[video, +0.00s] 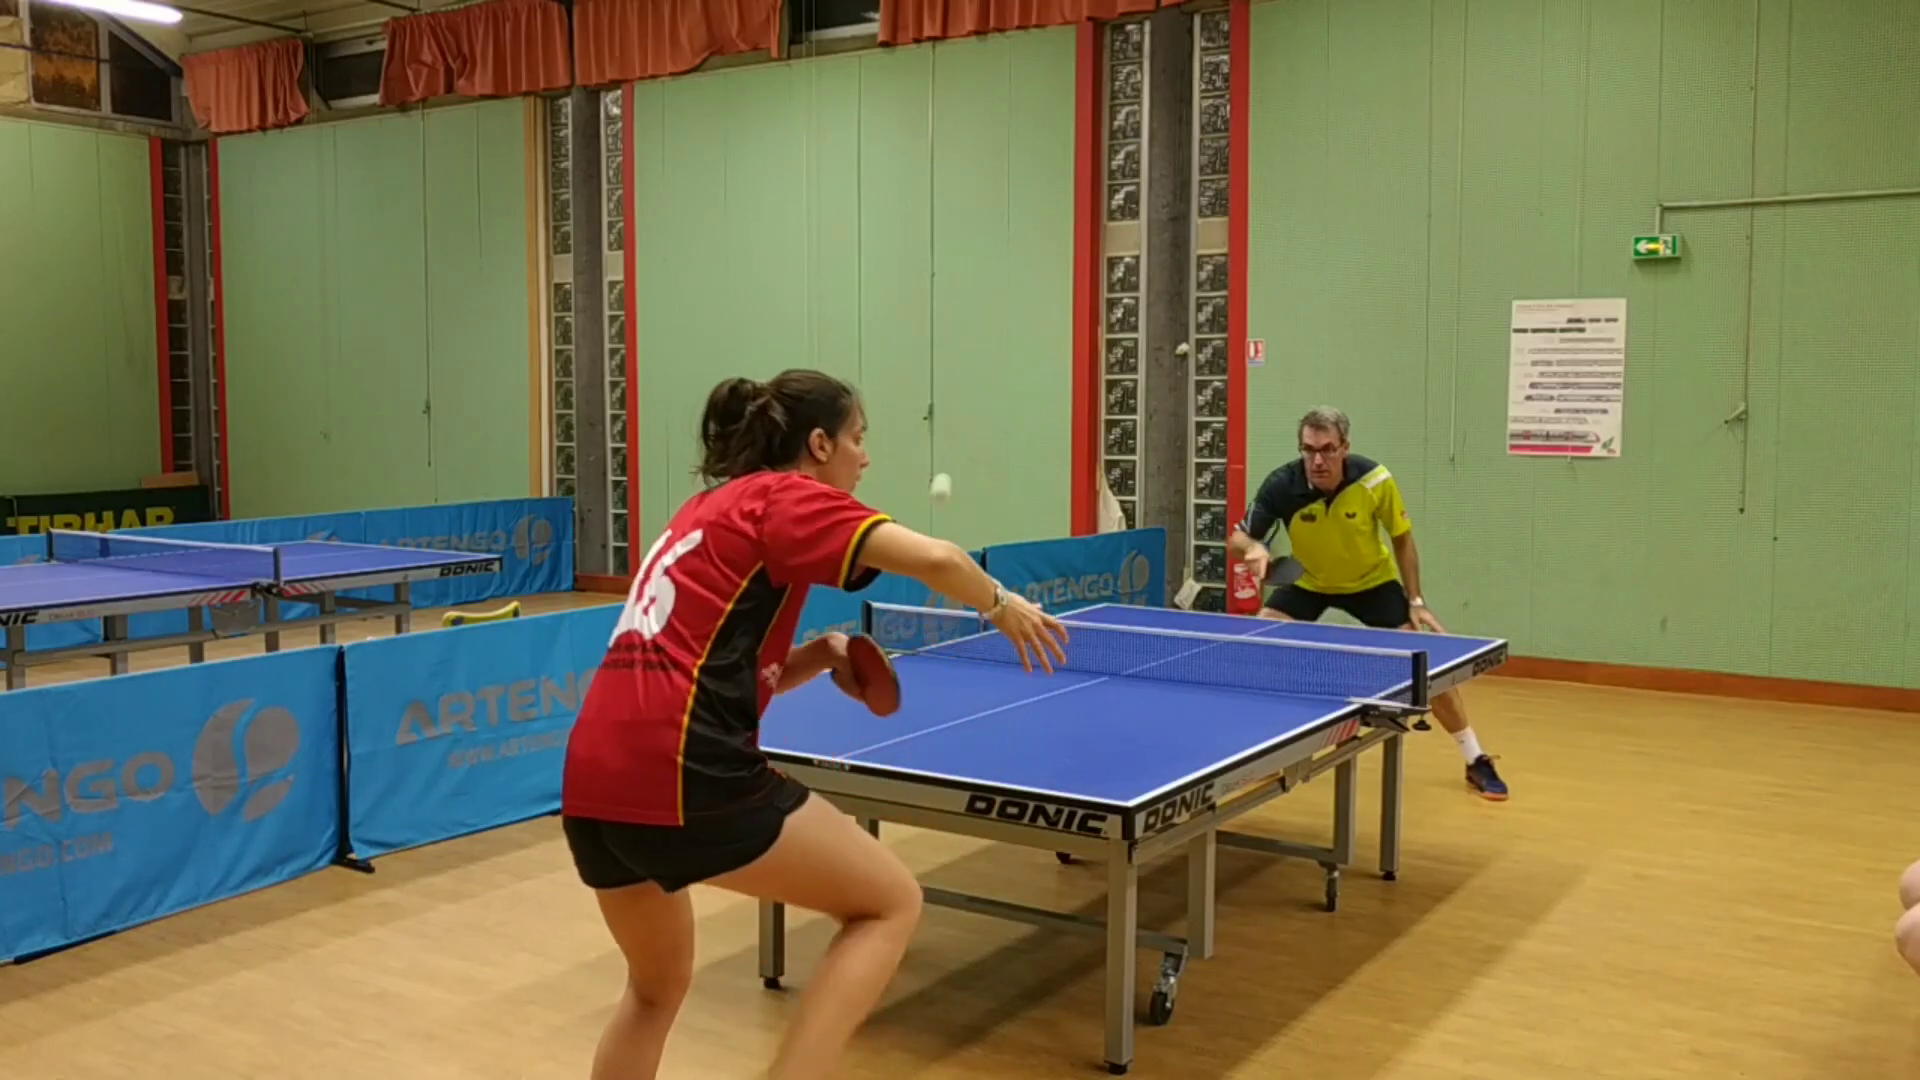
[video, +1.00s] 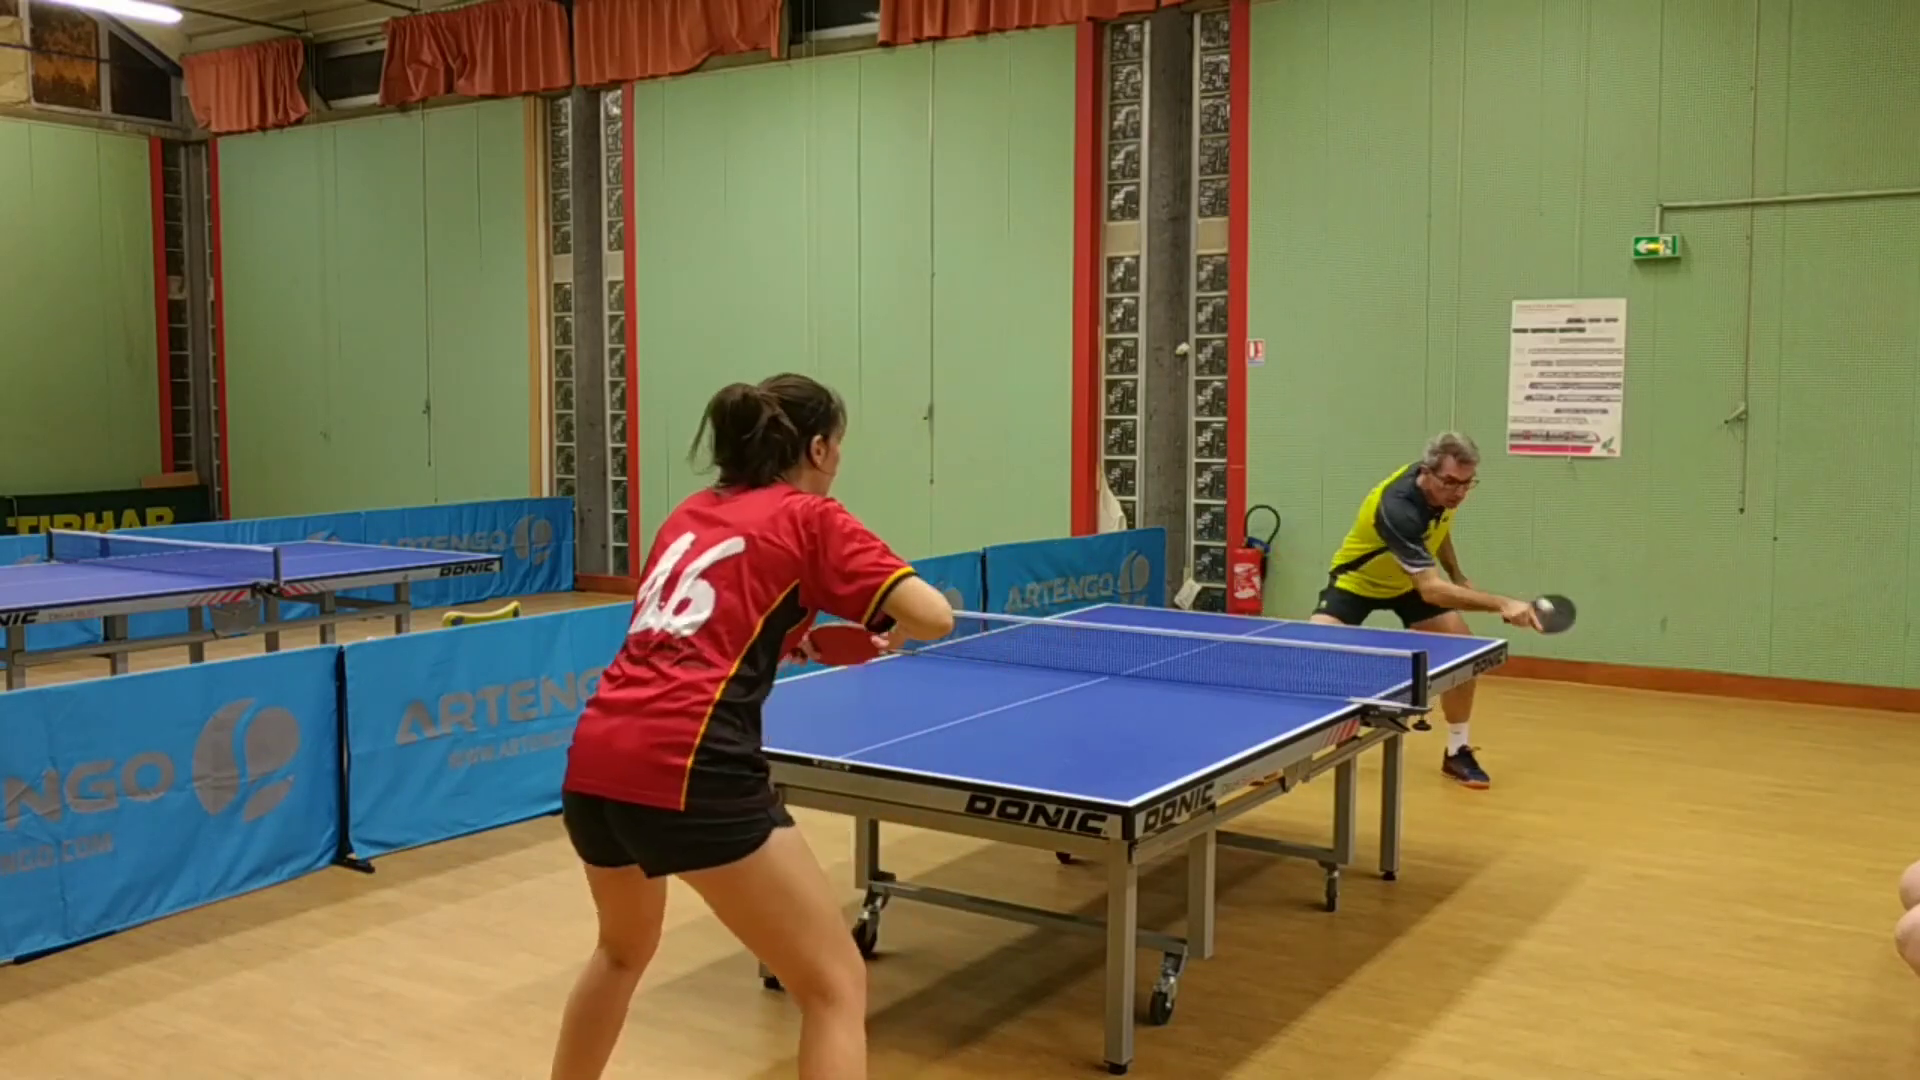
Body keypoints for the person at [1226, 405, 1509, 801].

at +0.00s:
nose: (1318, 461)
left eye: (1327, 450)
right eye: (1310, 451)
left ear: (1345, 448)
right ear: (1299, 450)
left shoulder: (1372, 478)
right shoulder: (1282, 485)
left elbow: (1403, 539)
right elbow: (1239, 538)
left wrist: (1415, 600)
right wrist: (1254, 548)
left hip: (1372, 583)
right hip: (1310, 583)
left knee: (1425, 658)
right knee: (1256, 643)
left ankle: (1476, 759)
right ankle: (1259, 753)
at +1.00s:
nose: (1459, 492)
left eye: (1466, 484)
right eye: (1451, 483)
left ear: (1473, 479)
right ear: (1426, 473)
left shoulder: (1445, 494)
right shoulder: (1398, 508)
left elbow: (1439, 533)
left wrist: (1457, 577)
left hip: (1410, 583)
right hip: (1356, 583)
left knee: (1460, 649)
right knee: (1314, 650)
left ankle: (1458, 751)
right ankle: (1276, 754)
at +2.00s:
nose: (1439, 435)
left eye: (1448, 424)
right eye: (1432, 425)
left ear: (1471, 421)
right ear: (1427, 426)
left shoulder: (1514, 456)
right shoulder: (1428, 466)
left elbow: (1555, 510)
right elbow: (1413, 523)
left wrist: (1558, 574)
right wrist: (1397, 565)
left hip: (1522, 570)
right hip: (1459, 567)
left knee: (1560, 665)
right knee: (1412, 628)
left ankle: (1583, 747)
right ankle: (1381, 726)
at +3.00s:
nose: (1500, 404)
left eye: (1509, 395)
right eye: (1494, 395)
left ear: (1530, 393)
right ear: (1489, 395)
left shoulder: (1559, 440)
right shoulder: (1489, 434)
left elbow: (1590, 498)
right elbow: (1492, 486)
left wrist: (1604, 560)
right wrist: (1481, 530)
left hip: (1559, 556)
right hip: (1513, 555)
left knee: (1569, 635)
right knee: (1513, 626)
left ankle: (1592, 735)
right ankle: (1535, 707)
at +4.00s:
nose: (1467, 401)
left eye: (1474, 393)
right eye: (1461, 394)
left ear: (1496, 392)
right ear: (1457, 395)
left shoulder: (1528, 437)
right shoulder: (1456, 433)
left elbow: (1563, 491)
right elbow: (1437, 477)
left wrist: (1574, 553)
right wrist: (1411, 512)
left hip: (1525, 556)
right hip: (1470, 552)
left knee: (1562, 639)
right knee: (1431, 622)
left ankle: (1601, 718)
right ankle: (1432, 706)